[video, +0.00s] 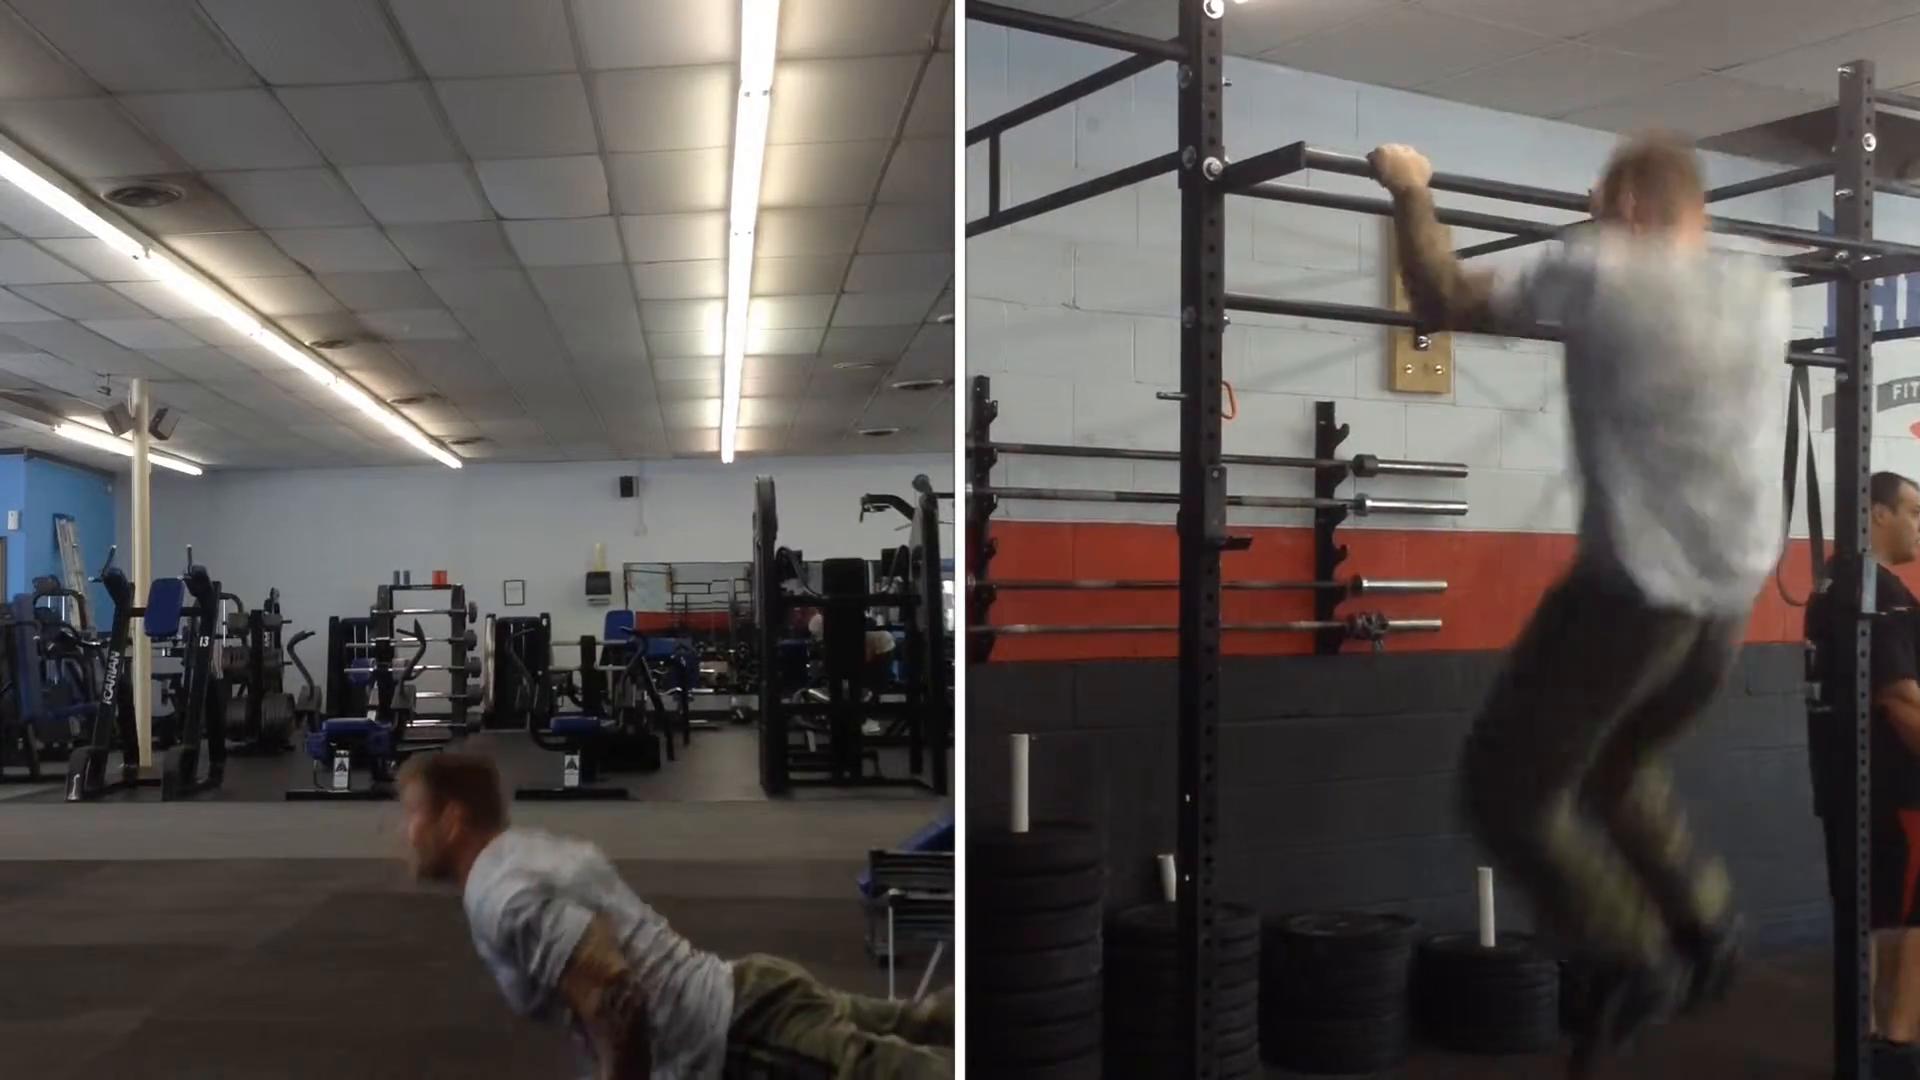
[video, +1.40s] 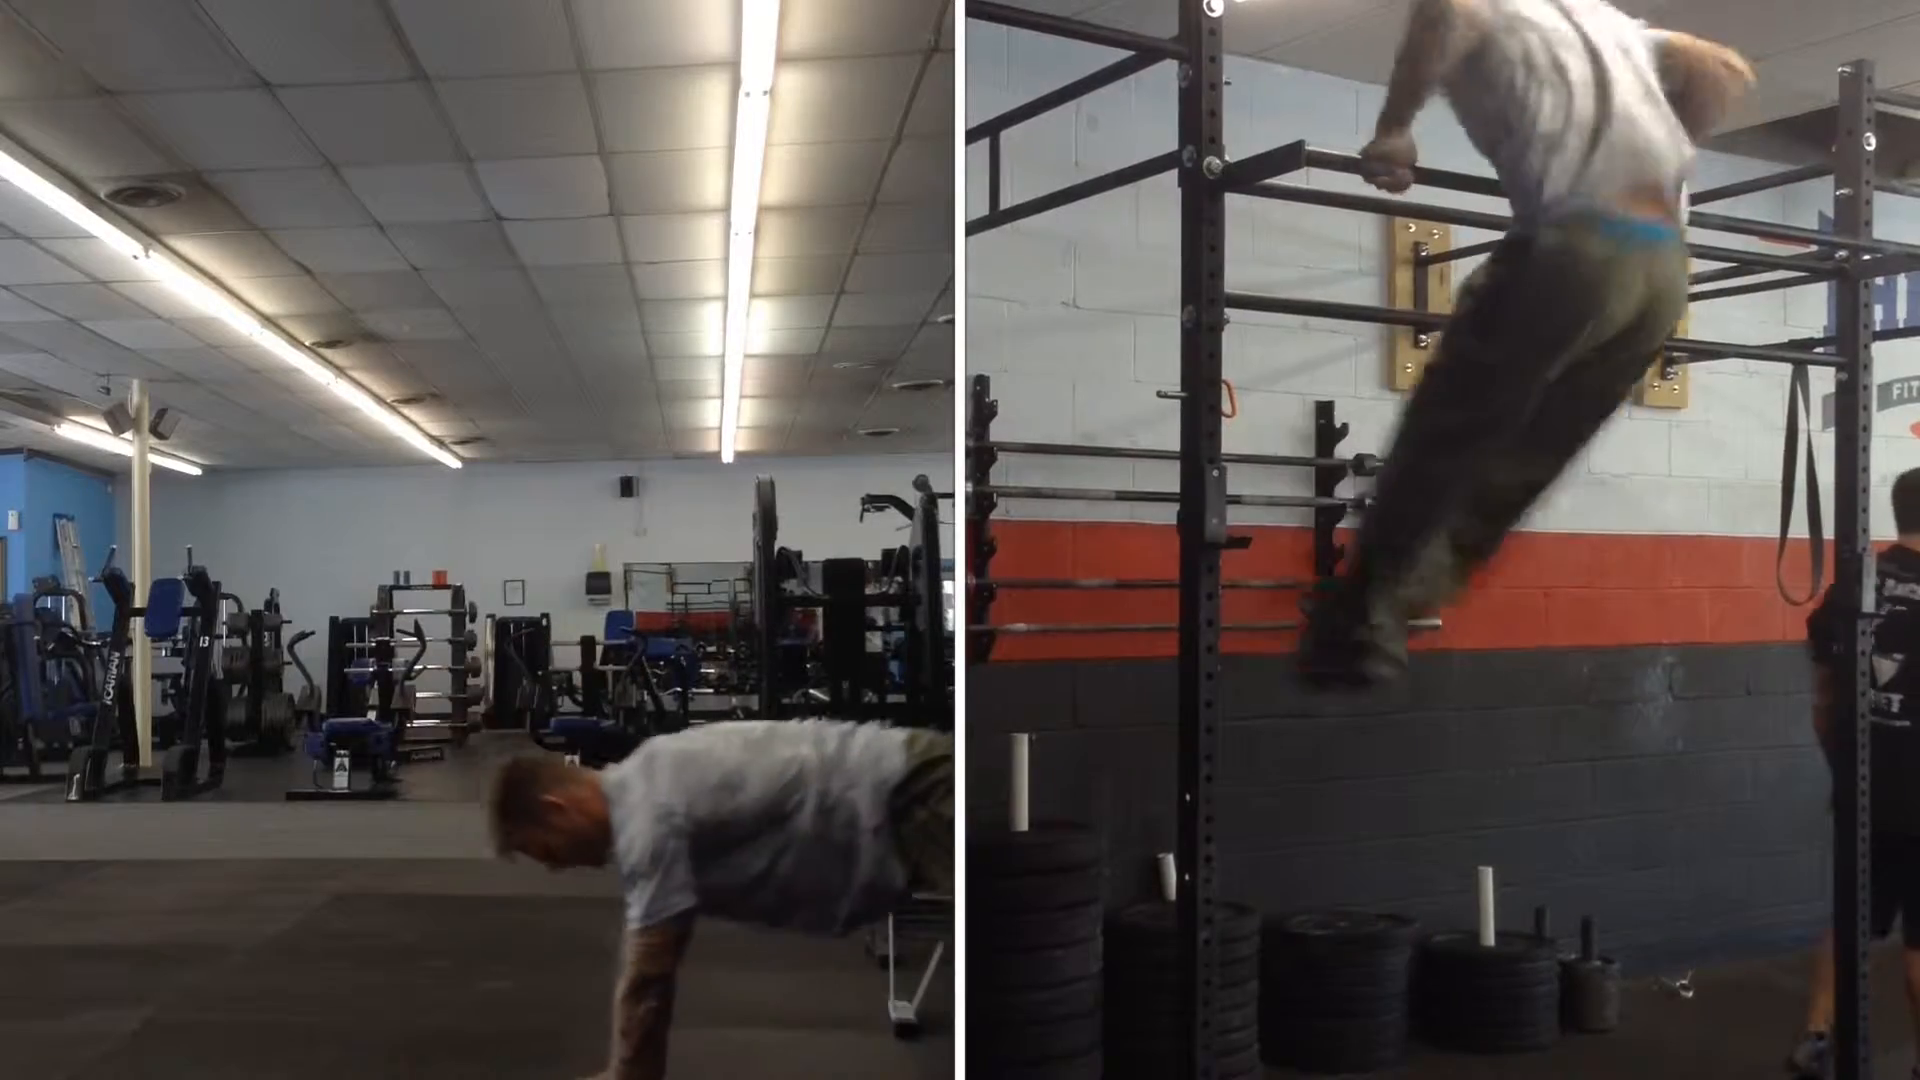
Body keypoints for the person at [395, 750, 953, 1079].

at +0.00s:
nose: (401, 830)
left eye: (408, 812)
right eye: (402, 813)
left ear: (451, 820)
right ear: (465, 815)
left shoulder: (502, 890)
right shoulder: (537, 850)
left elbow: (617, 1002)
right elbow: (629, 966)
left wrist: (615, 1076)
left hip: (747, 1039)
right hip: (751, 991)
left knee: (933, 1070)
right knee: (917, 1021)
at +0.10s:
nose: (426, 776)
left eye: (437, 759)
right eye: (429, 759)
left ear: (480, 770)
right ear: (492, 769)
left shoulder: (519, 855)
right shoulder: (552, 814)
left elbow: (611, 990)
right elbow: (640, 936)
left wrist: (616, 1072)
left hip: (745, 1028)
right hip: (755, 978)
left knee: (930, 1064)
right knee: (923, 1017)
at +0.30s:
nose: (473, 703)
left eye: (489, 690)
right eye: (481, 689)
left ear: (531, 714)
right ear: (534, 715)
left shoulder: (562, 817)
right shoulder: (580, 779)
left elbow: (600, 983)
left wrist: (611, 1070)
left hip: (751, 1001)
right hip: (756, 957)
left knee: (933, 1062)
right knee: (924, 1005)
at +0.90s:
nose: (434, 744)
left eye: (441, 726)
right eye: (434, 728)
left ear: (489, 725)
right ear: (497, 724)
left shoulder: (560, 820)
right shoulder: (569, 776)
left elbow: (595, 993)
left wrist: (608, 1071)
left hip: (764, 966)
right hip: (766, 937)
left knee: (930, 1050)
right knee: (932, 1002)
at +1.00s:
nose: (415, 787)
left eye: (415, 767)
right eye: (409, 771)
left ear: (459, 750)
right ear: (469, 746)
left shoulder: (548, 815)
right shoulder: (553, 777)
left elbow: (595, 990)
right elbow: (601, 980)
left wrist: (607, 1072)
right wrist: (606, 1064)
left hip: (784, 907)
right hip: (783, 894)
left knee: (953, 1020)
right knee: (945, 1013)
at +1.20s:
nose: (470, 836)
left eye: (459, 818)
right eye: (456, 825)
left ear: (484, 779)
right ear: (495, 770)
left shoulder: (588, 809)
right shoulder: (583, 777)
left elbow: (615, 988)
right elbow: (612, 981)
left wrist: (613, 1073)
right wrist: (613, 1070)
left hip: (846, 827)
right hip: (840, 820)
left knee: (987, 961)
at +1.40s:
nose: (554, 864)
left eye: (540, 849)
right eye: (538, 857)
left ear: (558, 806)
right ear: (566, 792)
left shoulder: (649, 812)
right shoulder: (643, 792)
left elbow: (646, 988)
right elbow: (645, 981)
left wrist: (627, 1068)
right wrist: (629, 1067)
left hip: (919, 799)